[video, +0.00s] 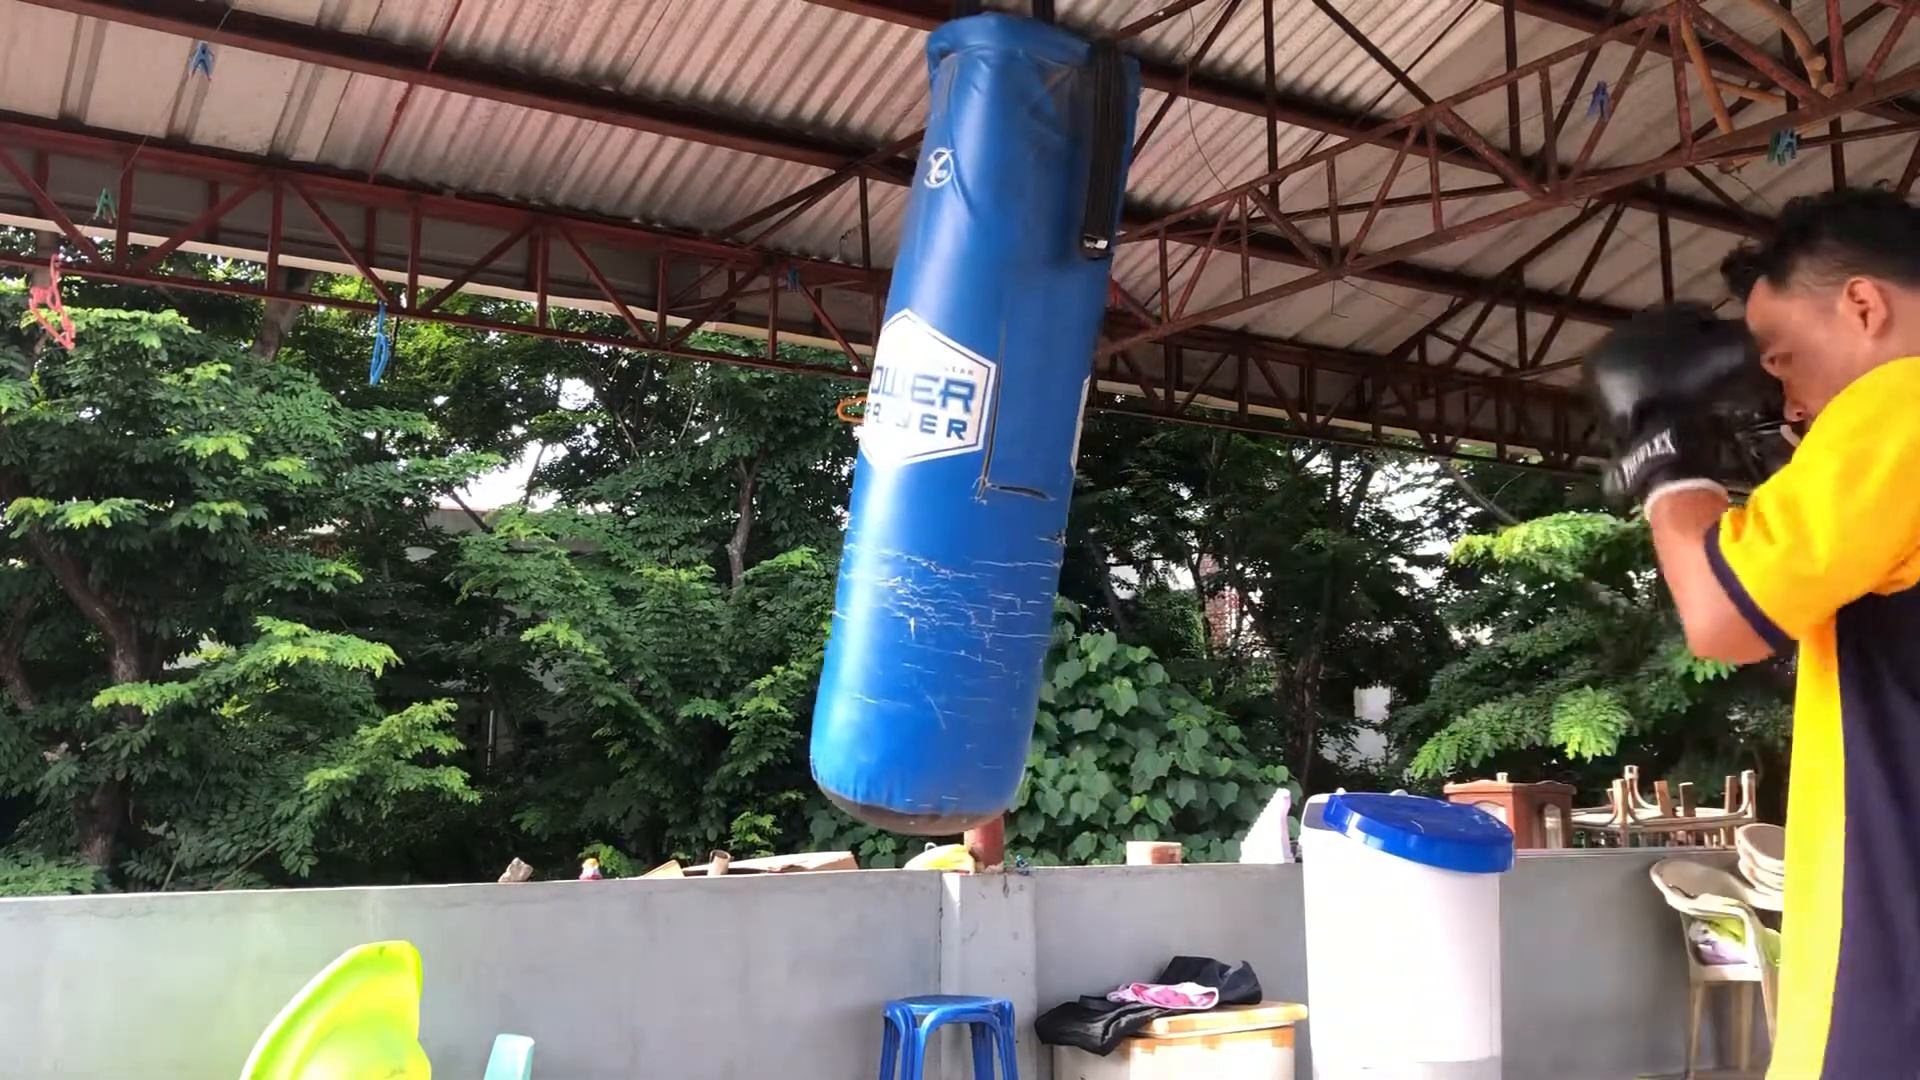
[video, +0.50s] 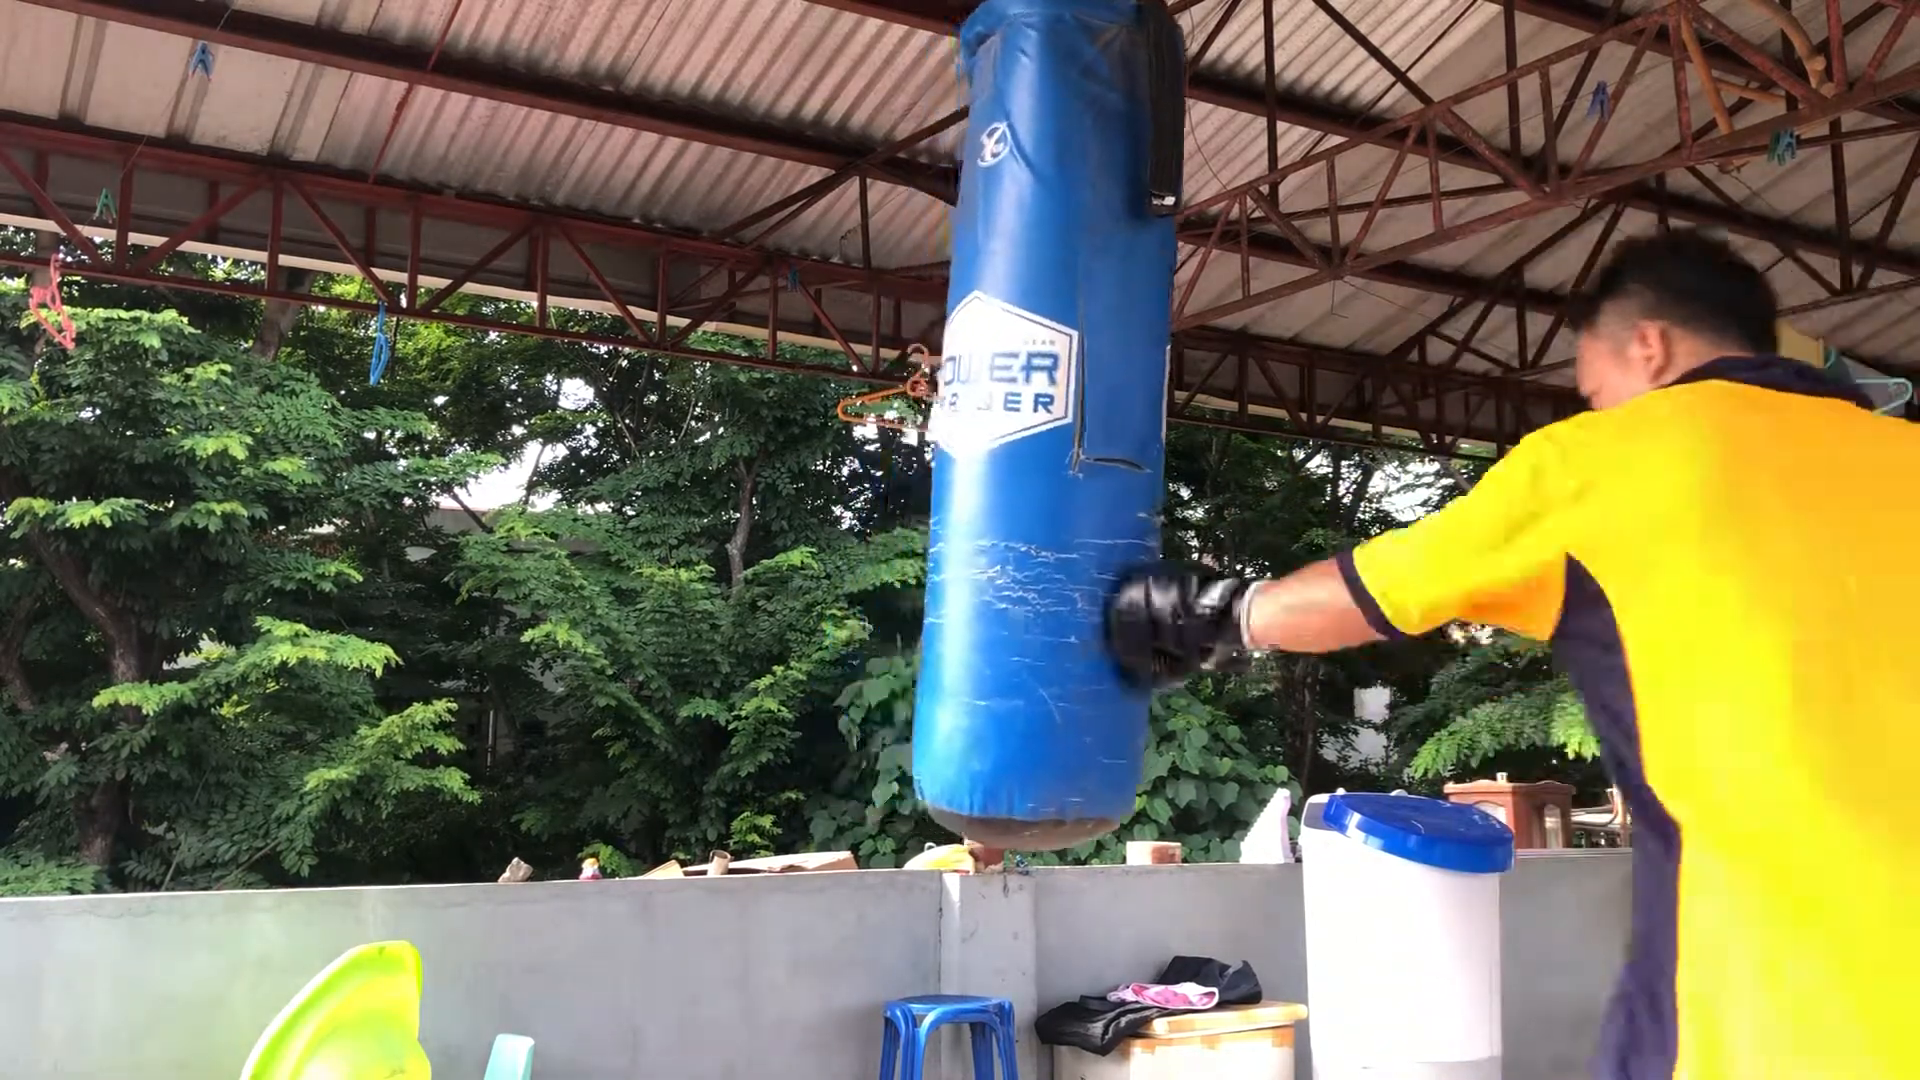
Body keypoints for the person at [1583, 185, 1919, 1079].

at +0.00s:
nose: (1789, 401)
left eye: (1784, 358)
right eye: (1775, 371)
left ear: (1862, 307)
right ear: (1869, 309)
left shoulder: (1900, 406)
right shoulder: (1889, 415)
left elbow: (1720, 611)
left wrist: (1661, 451)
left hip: (1880, 1014)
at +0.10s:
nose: (1796, 407)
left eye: (1795, 367)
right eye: (1783, 382)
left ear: (1879, 316)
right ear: (1883, 319)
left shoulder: (1900, 416)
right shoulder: (1893, 425)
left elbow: (1785, 644)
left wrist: (1663, 511)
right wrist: (1810, 474)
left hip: (1875, 1013)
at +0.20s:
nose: (1788, 424)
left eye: (1790, 383)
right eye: (1776, 399)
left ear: (1877, 332)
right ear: (1883, 335)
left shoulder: (1875, 432)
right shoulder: (1889, 433)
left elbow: (1876, 671)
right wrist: (1817, 479)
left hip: (1861, 1019)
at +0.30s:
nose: (1762, 420)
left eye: (1764, 390)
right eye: (1755, 397)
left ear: (1835, 335)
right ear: (1848, 335)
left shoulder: (1816, 438)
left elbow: (1770, 625)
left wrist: (1580, 707)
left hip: (1846, 1025)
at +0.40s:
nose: (1686, 410)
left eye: (1688, 382)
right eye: (1681, 389)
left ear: (1752, 337)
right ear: (1858, 341)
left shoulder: (1718, 443)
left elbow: (1523, 602)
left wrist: (1360, 636)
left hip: (1820, 1016)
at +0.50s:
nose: (1589, 412)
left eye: (1587, 388)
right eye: (1580, 393)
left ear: (1650, 347)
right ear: (1766, 346)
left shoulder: (1600, 462)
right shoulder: (1901, 451)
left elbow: (1361, 601)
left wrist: (1215, 615)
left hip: (1766, 1021)